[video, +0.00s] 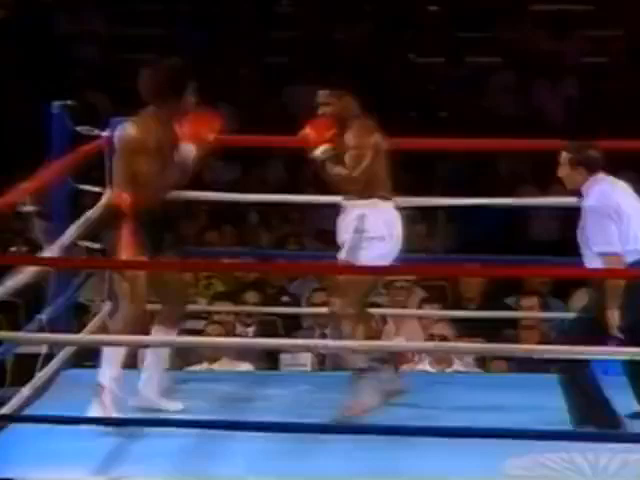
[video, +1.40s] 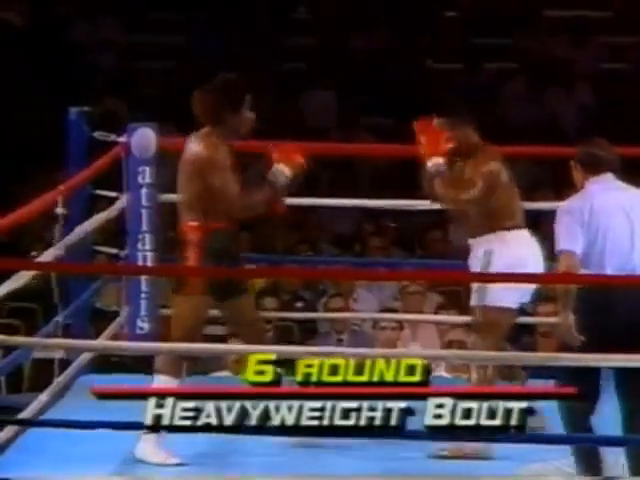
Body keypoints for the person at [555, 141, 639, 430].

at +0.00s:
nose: (559, 172)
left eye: (564, 166)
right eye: (560, 165)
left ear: (580, 169)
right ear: (588, 167)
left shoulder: (597, 201)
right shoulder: (618, 187)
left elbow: (614, 261)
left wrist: (613, 307)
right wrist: (593, 290)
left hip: (618, 287)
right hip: (632, 281)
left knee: (567, 346)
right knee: (632, 354)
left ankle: (601, 424)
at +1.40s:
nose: (573, 175)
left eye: (573, 170)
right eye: (573, 171)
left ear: (579, 170)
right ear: (612, 168)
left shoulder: (575, 206)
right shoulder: (636, 196)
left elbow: (569, 264)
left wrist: (563, 313)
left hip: (596, 299)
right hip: (636, 298)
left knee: (575, 388)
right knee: (634, 387)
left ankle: (590, 466)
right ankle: (636, 464)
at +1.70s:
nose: (533, 178)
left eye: (534, 172)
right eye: (533, 172)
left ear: (543, 172)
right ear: (574, 169)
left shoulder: (544, 205)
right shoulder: (603, 199)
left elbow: (543, 266)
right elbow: (631, 253)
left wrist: (533, 311)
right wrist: (632, 305)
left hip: (564, 295)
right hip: (601, 292)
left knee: (547, 381)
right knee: (600, 375)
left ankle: (558, 465)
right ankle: (630, 457)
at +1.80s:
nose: (512, 179)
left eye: (515, 172)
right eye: (512, 172)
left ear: (528, 171)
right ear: (557, 168)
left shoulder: (532, 203)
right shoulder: (586, 200)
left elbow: (534, 261)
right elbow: (614, 257)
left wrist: (519, 308)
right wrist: (610, 305)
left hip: (549, 291)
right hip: (584, 290)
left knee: (536, 380)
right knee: (583, 375)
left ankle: (553, 467)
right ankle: (621, 463)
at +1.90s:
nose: (491, 174)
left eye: (492, 166)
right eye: (491, 166)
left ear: (504, 166)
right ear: (530, 162)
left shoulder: (512, 194)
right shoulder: (561, 191)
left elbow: (512, 256)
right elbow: (583, 254)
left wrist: (495, 305)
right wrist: (579, 303)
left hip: (531, 285)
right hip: (563, 281)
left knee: (521, 376)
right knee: (549, 374)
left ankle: (543, 465)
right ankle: (571, 460)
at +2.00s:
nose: (470, 168)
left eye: (472, 161)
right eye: (470, 161)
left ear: (484, 161)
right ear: (514, 156)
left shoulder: (495, 193)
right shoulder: (544, 188)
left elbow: (491, 257)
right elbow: (566, 246)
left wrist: (481, 305)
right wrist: (560, 295)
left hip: (514, 283)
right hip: (547, 279)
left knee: (511, 375)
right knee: (522, 369)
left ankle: (535, 464)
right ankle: (523, 458)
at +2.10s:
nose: (452, 176)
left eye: (453, 167)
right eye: (452, 168)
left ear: (464, 165)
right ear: (491, 161)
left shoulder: (473, 198)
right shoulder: (520, 189)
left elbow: (469, 264)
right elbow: (543, 249)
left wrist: (446, 303)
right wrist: (531, 288)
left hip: (494, 292)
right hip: (524, 288)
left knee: (503, 383)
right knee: (479, 379)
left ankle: (533, 469)